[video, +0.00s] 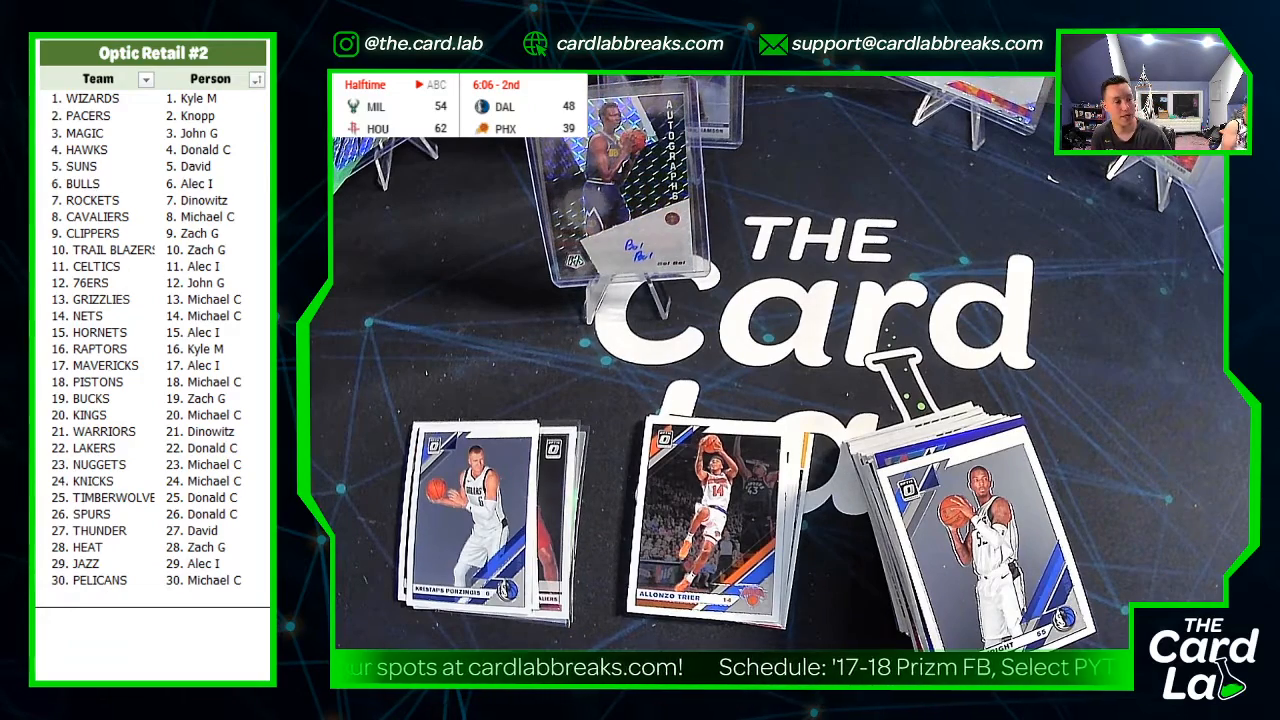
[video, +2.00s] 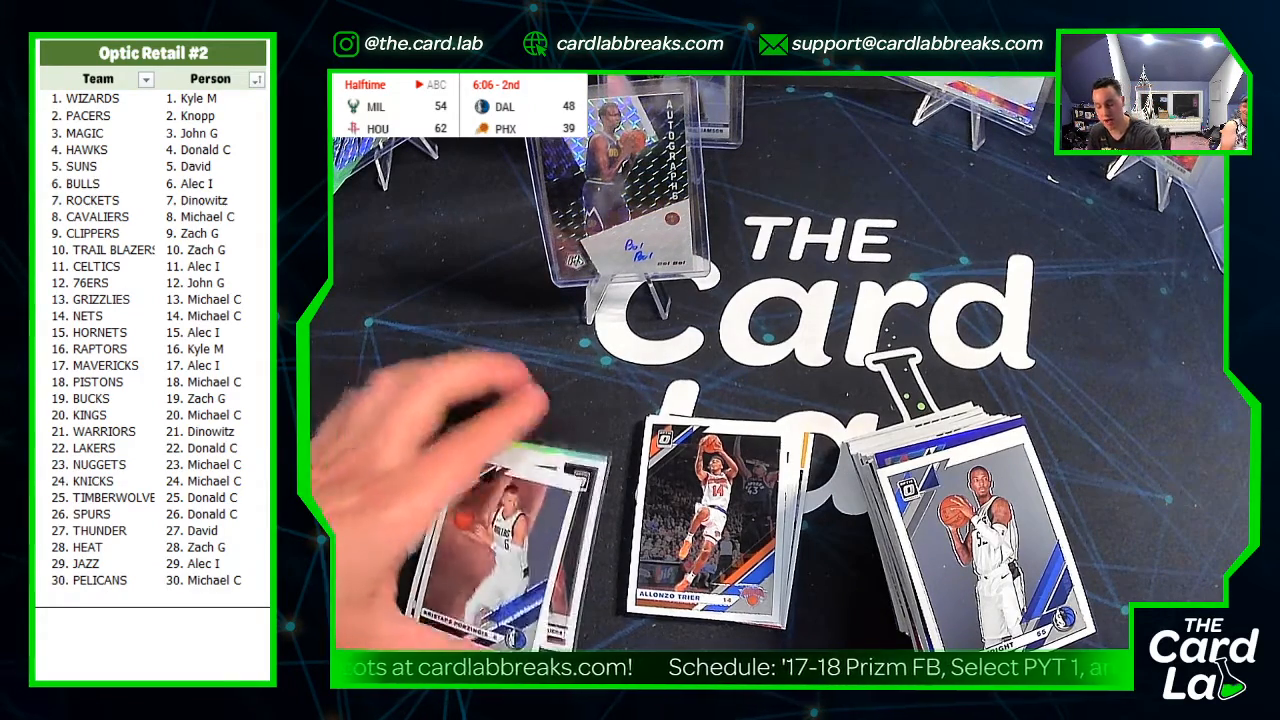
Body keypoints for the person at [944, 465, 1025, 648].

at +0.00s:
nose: (980, 483)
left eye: (984, 479)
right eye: (976, 480)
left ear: (990, 481)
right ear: (970, 485)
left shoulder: (1000, 504)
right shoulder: (975, 517)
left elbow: (998, 539)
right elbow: (965, 559)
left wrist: (973, 517)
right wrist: (953, 530)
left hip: (1007, 578)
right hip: (985, 584)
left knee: (1018, 632)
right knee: (992, 639)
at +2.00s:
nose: (980, 483)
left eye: (984, 479)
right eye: (976, 480)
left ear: (990, 481)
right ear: (970, 485)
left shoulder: (1000, 504)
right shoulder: (975, 517)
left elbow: (997, 539)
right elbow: (965, 559)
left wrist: (973, 517)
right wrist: (953, 530)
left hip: (1007, 579)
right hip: (985, 584)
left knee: (1017, 632)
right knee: (992, 639)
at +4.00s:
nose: (980, 484)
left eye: (983, 479)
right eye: (975, 480)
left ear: (990, 482)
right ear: (970, 486)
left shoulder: (1000, 504)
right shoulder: (974, 517)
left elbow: (996, 538)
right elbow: (965, 559)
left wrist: (972, 517)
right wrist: (953, 531)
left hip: (1007, 579)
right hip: (985, 585)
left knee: (1018, 633)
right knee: (991, 640)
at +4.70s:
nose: (980, 484)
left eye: (983, 479)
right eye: (975, 480)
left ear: (990, 482)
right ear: (970, 486)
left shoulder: (1000, 504)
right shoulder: (974, 518)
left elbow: (997, 538)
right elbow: (965, 559)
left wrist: (972, 517)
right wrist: (953, 531)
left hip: (1007, 579)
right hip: (985, 585)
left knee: (1018, 632)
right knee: (991, 640)